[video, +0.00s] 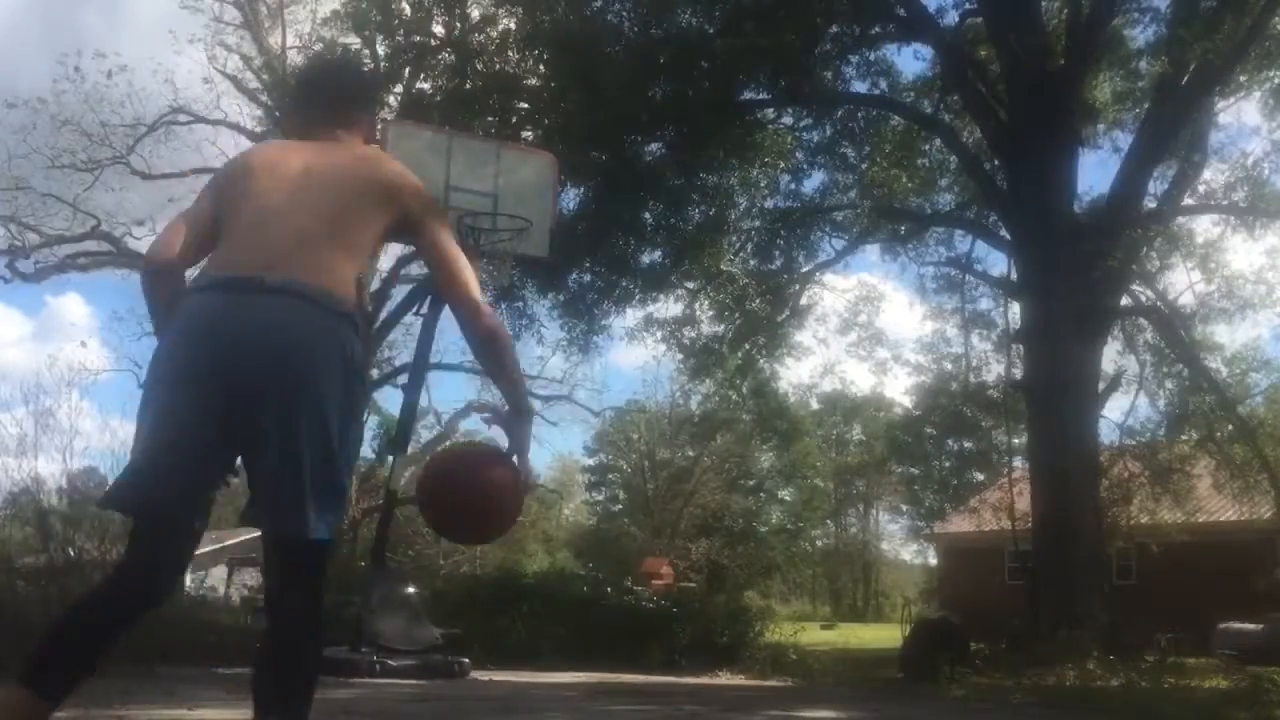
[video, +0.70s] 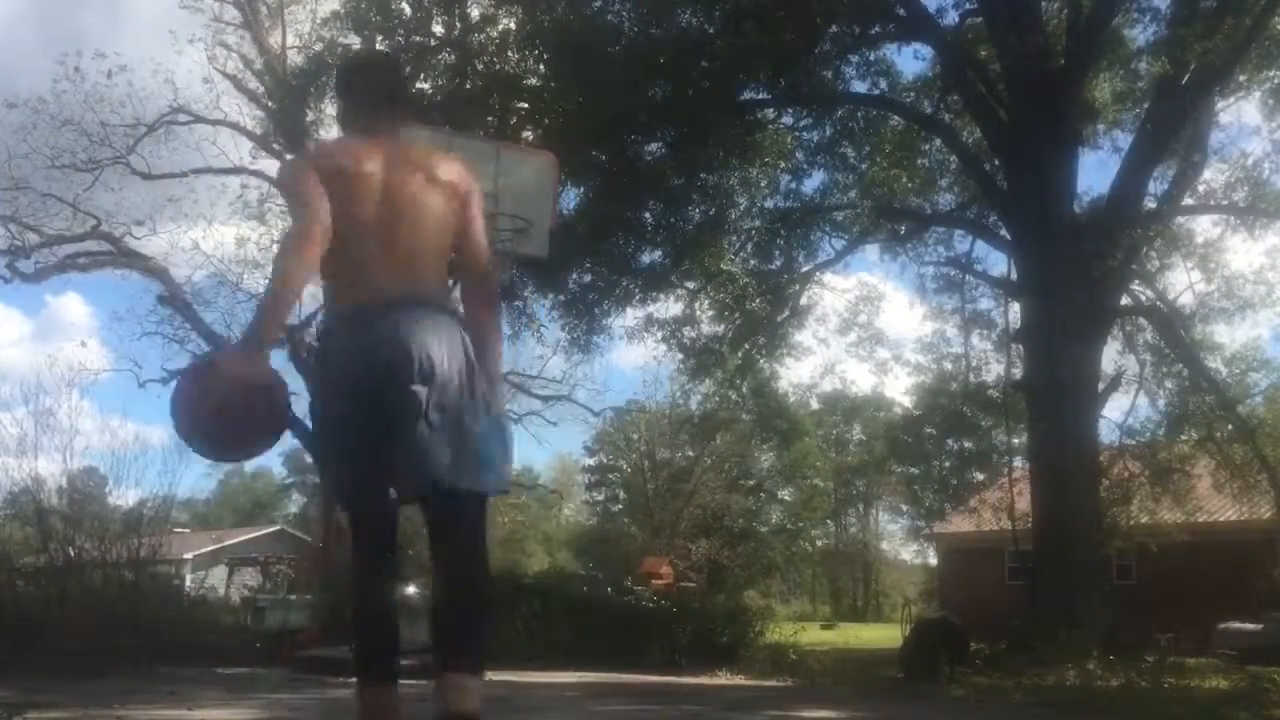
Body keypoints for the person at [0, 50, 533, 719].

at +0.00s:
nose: (379, 140)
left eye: (377, 130)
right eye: (378, 128)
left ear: (294, 118)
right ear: (365, 125)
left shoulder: (246, 164)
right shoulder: (389, 176)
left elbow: (161, 261)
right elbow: (479, 316)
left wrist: (181, 349)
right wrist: (519, 411)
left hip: (205, 324)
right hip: (310, 339)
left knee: (150, 564)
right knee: (296, 583)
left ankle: (27, 697)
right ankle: (280, 715)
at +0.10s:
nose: (408, 88)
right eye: (410, 79)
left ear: (335, 72)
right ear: (403, 76)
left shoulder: (288, 124)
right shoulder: (428, 128)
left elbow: (186, 172)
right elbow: (538, 241)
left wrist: (187, 319)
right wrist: (584, 316)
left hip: (262, 303)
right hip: (361, 311)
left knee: (246, 528)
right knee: (351, 545)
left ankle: (140, 685)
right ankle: (314, 706)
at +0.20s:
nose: (439, 55)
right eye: (439, 43)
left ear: (367, 46)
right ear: (434, 46)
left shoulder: (314, 105)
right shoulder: (463, 102)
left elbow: (223, 163)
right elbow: (547, 208)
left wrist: (215, 315)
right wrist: (615, 281)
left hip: (313, 285)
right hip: (414, 287)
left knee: (293, 498)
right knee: (435, 503)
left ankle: (222, 687)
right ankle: (402, 694)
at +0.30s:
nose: (440, 79)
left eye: (401, 66)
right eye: (460, 68)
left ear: (396, 63)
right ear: (467, 65)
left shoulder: (351, 128)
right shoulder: (510, 126)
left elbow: (292, 241)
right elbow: (525, 243)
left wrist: (278, 376)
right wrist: (569, 374)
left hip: (354, 317)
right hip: (459, 316)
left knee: (327, 519)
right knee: (515, 532)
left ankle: (266, 705)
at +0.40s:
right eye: (489, 109)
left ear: (417, 102)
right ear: (488, 106)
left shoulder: (372, 172)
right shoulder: (530, 166)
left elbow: (341, 310)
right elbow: (524, 295)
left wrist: (330, 449)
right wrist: (522, 391)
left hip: (383, 352)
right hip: (488, 352)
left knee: (348, 550)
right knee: (568, 552)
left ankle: (302, 709)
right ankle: (618, 708)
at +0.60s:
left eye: (375, 141)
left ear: (376, 144)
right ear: (441, 142)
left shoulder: (339, 215)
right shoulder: (489, 209)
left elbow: (330, 322)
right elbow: (503, 325)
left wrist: (305, 442)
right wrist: (498, 400)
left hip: (377, 400)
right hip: (474, 393)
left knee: (395, 568)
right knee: (531, 575)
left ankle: (387, 708)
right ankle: (580, 708)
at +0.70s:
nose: (341, 115)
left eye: (341, 104)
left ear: (342, 106)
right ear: (406, 106)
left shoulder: (312, 164)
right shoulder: (454, 172)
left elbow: (312, 234)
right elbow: (481, 287)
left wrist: (256, 344)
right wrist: (492, 386)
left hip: (352, 354)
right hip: (443, 353)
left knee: (373, 545)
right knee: (458, 540)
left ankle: (379, 704)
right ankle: (462, 700)